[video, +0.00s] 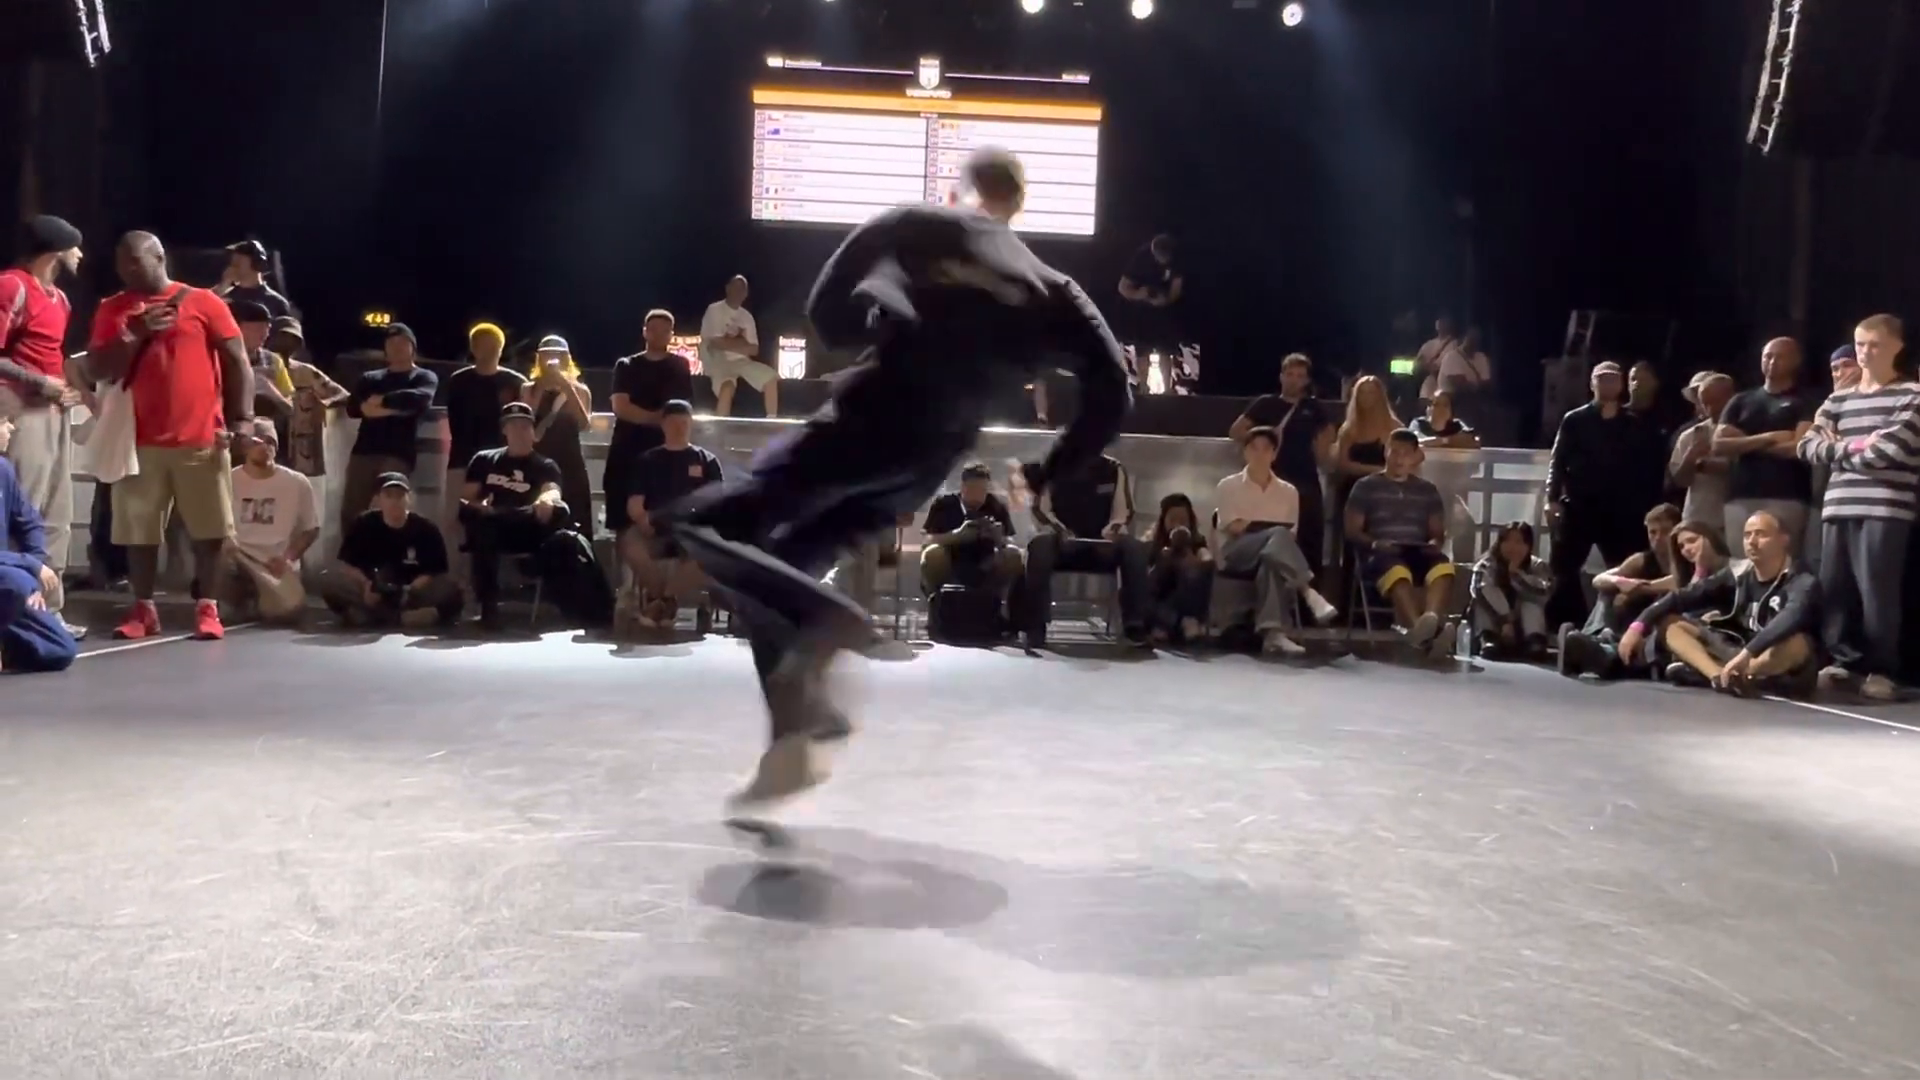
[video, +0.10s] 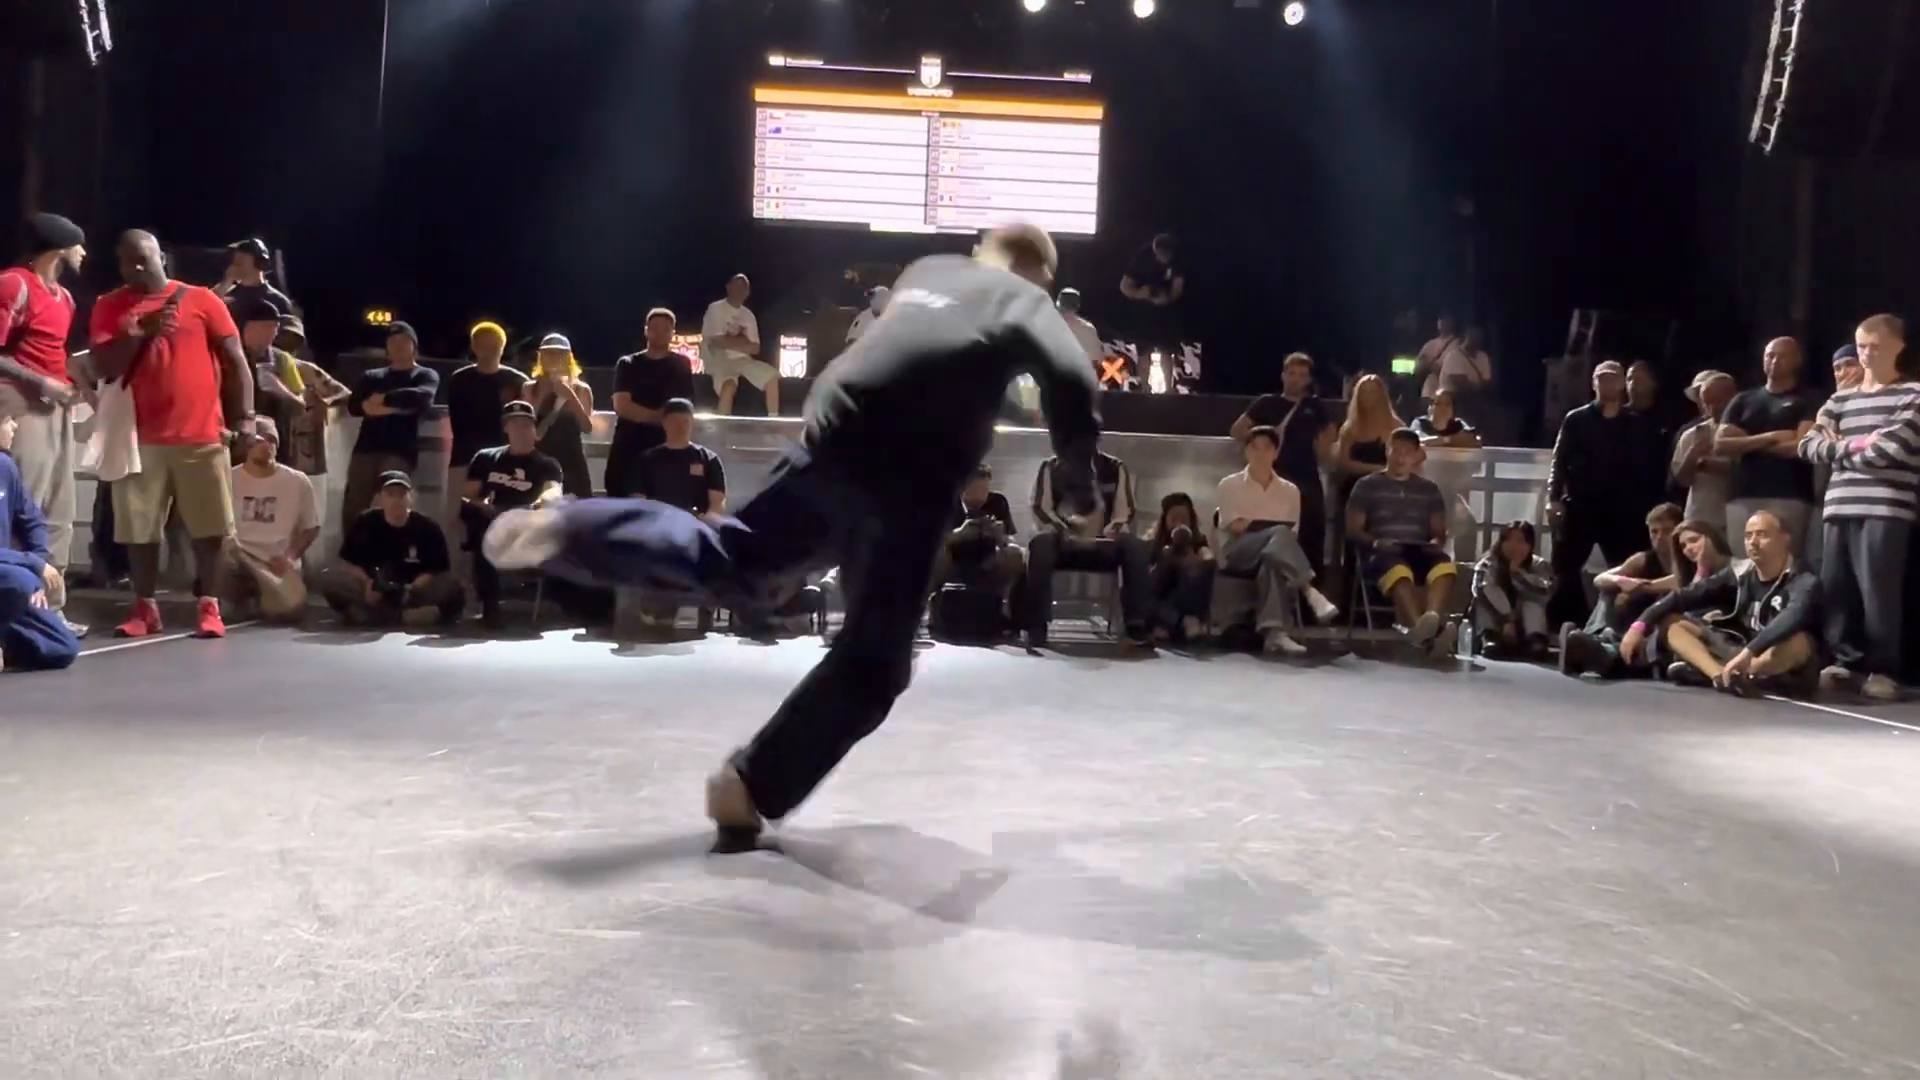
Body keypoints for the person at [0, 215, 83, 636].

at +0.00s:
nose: (78, 256)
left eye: (77, 249)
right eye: (73, 249)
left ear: (50, 251)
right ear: (55, 251)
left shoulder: (59, 297)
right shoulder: (15, 286)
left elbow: (49, 353)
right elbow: (2, 352)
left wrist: (69, 387)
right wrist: (38, 381)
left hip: (54, 409)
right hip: (21, 411)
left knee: (56, 510)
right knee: (24, 508)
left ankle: (48, 610)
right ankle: (22, 608)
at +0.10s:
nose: (80, 253)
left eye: (79, 246)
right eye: (76, 247)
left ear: (52, 249)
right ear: (59, 250)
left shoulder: (64, 297)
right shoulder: (16, 284)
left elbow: (56, 355)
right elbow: (1, 351)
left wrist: (79, 387)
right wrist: (38, 381)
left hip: (57, 405)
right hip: (22, 407)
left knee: (58, 505)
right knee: (25, 503)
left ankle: (50, 606)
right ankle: (22, 603)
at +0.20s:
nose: (83, 253)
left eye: (82, 247)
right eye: (79, 247)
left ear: (58, 249)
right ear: (59, 248)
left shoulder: (68, 295)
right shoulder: (17, 282)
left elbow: (58, 351)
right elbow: (1, 348)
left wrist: (78, 385)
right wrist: (40, 382)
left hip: (64, 406)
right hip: (27, 408)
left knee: (63, 507)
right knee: (29, 506)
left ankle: (53, 607)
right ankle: (25, 606)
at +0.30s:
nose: (89, 254)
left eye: (89, 247)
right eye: (84, 246)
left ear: (64, 249)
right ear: (61, 247)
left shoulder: (71, 295)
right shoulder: (19, 281)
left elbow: (62, 350)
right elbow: (1, 346)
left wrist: (81, 382)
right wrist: (37, 379)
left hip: (64, 403)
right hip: (29, 405)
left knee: (64, 503)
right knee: (29, 500)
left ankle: (53, 603)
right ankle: (25, 600)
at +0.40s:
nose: (95, 254)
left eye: (94, 247)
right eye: (89, 247)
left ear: (70, 249)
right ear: (65, 246)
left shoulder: (74, 295)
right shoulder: (20, 280)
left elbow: (66, 348)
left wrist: (80, 378)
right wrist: (41, 378)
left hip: (68, 402)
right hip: (32, 404)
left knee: (67, 501)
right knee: (31, 499)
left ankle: (55, 601)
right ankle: (26, 598)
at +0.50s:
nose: (98, 256)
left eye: (98, 249)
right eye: (93, 249)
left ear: (72, 250)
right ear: (68, 246)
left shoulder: (75, 295)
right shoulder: (21, 279)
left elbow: (66, 347)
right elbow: (1, 344)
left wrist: (81, 375)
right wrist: (43, 377)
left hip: (71, 399)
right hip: (35, 403)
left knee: (69, 498)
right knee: (34, 497)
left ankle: (57, 598)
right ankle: (29, 596)